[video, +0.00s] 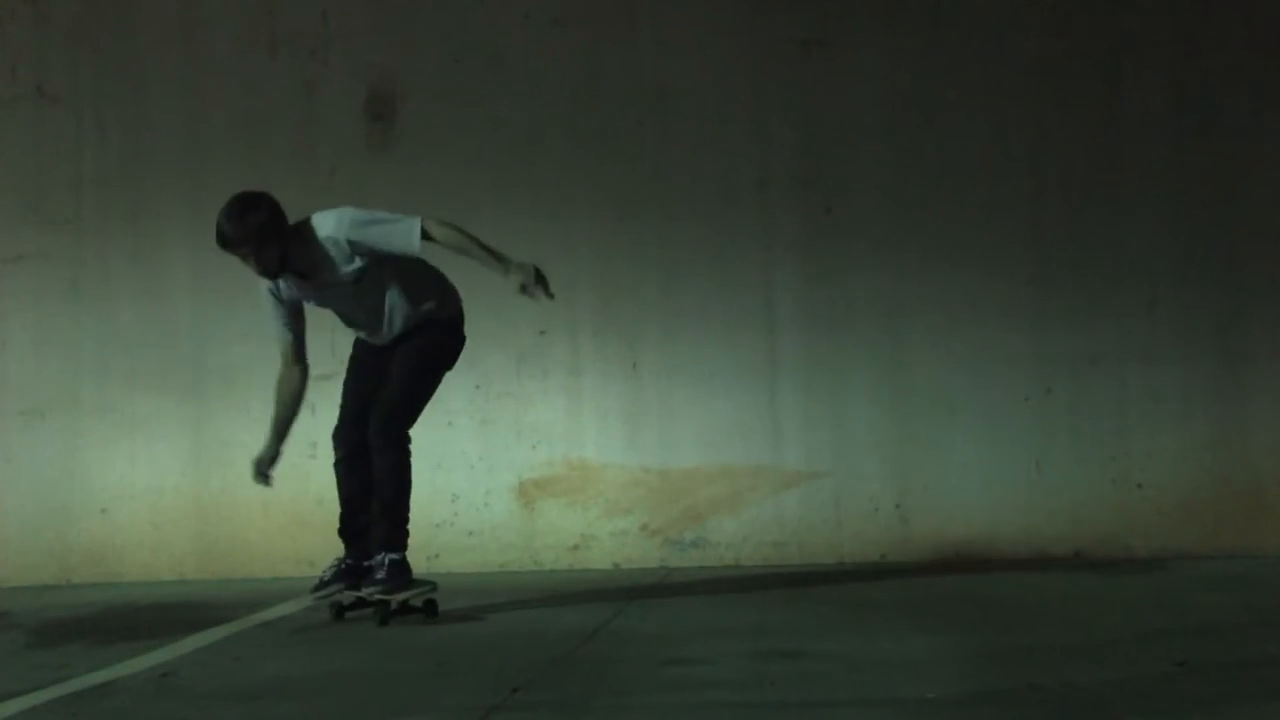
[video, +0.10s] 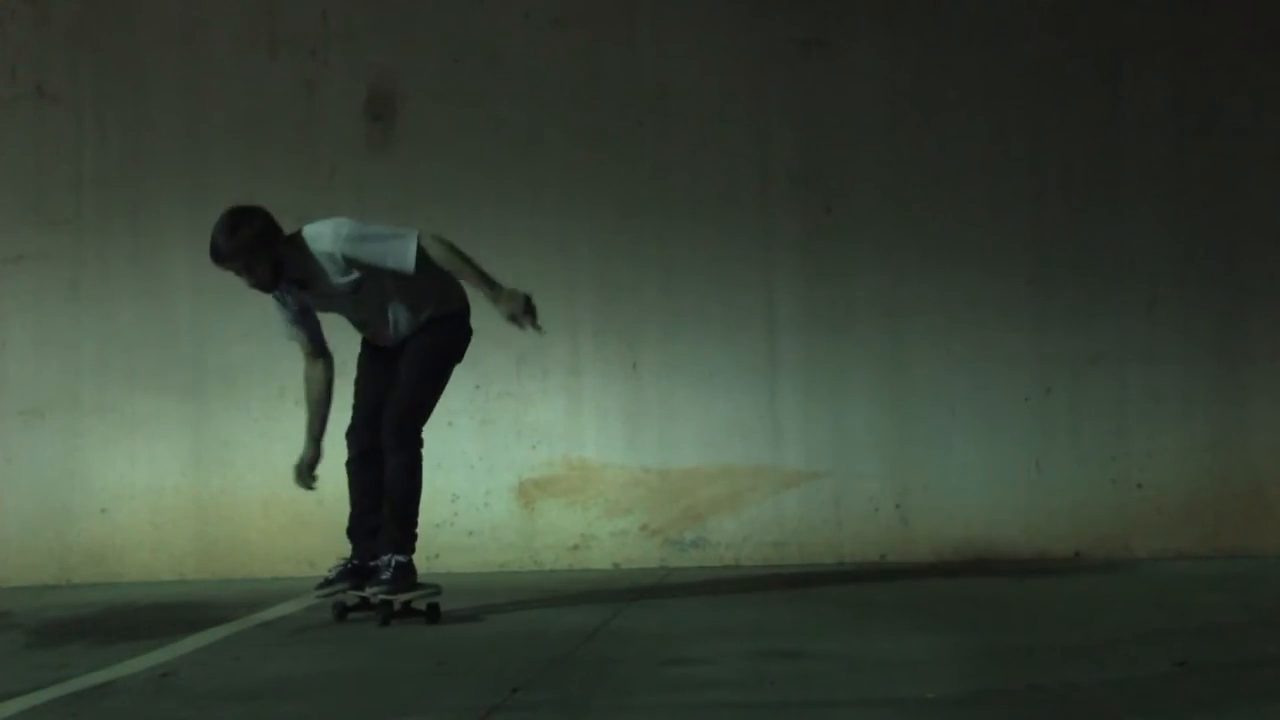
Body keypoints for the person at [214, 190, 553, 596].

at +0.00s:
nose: (253, 265)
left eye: (254, 251)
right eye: (243, 258)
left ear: (277, 231)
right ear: (242, 254)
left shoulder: (337, 229)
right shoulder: (280, 283)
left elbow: (430, 229)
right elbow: (292, 365)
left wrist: (508, 267)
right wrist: (273, 445)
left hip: (431, 324)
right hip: (377, 339)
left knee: (387, 430)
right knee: (348, 438)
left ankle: (391, 560)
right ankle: (359, 558)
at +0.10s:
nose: (247, 280)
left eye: (247, 267)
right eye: (238, 273)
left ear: (270, 245)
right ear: (243, 265)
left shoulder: (333, 241)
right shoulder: (284, 289)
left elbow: (427, 243)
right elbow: (316, 359)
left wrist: (499, 295)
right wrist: (313, 444)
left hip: (437, 319)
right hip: (382, 336)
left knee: (399, 431)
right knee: (363, 436)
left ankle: (397, 560)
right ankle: (364, 558)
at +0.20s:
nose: (247, 289)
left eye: (245, 276)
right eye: (238, 282)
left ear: (269, 251)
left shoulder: (339, 248)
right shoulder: (292, 295)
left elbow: (431, 262)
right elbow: (331, 350)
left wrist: (484, 326)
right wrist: (340, 434)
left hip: (440, 320)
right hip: (388, 335)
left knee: (407, 428)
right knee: (371, 438)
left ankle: (401, 560)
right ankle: (369, 558)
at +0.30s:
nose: (249, 288)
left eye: (246, 276)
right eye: (240, 281)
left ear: (266, 253)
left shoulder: (342, 244)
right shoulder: (295, 288)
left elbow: (430, 267)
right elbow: (338, 337)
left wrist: (467, 347)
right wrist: (355, 419)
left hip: (443, 313)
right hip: (392, 331)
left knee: (411, 431)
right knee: (373, 438)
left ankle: (405, 561)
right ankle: (372, 558)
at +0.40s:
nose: (251, 276)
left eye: (249, 264)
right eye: (243, 269)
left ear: (271, 239)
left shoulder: (345, 237)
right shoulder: (300, 275)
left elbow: (433, 270)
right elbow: (344, 323)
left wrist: (454, 353)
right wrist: (363, 400)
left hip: (448, 316)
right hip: (397, 331)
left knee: (414, 428)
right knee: (376, 434)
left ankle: (406, 560)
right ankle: (374, 558)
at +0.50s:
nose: (254, 256)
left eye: (252, 243)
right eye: (245, 250)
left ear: (276, 219)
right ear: (277, 222)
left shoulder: (348, 222)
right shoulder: (302, 254)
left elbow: (435, 261)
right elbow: (352, 306)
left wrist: (450, 349)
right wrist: (369, 383)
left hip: (450, 314)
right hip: (399, 330)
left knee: (414, 430)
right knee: (378, 434)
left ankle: (408, 560)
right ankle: (378, 556)